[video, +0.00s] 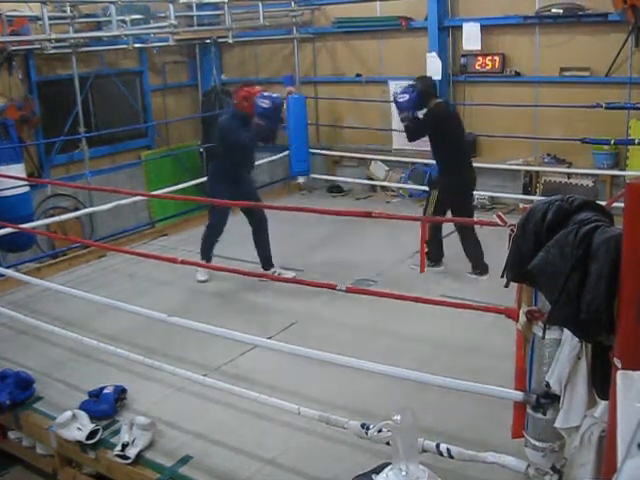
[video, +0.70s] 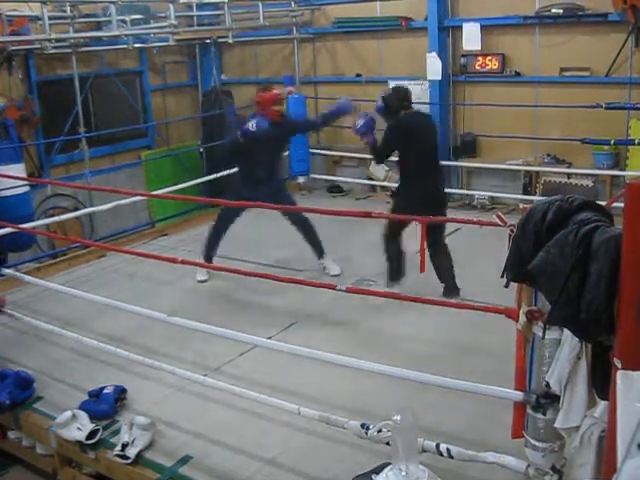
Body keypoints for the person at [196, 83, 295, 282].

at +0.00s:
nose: (256, 106)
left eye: (256, 102)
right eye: (252, 102)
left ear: (253, 104)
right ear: (242, 103)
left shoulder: (250, 121)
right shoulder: (227, 123)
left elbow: (268, 136)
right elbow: (245, 144)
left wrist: (279, 106)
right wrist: (256, 128)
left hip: (242, 179)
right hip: (221, 180)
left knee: (259, 220)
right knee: (216, 224)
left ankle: (268, 268)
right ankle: (204, 264)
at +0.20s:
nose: (243, 112)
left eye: (244, 107)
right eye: (239, 108)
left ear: (244, 107)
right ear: (228, 109)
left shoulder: (242, 123)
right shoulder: (212, 126)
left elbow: (255, 146)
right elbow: (218, 154)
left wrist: (263, 127)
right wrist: (238, 133)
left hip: (237, 180)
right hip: (213, 182)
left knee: (256, 219)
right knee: (208, 224)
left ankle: (269, 265)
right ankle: (203, 265)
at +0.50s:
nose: (247, 115)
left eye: (248, 111)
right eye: (243, 111)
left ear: (249, 112)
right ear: (232, 111)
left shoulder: (248, 125)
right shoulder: (216, 126)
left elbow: (265, 153)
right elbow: (215, 154)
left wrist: (265, 133)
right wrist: (236, 137)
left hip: (243, 183)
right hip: (219, 185)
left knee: (272, 215)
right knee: (211, 223)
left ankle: (282, 259)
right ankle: (202, 265)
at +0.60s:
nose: (256, 116)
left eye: (258, 113)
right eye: (253, 112)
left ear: (260, 113)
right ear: (243, 112)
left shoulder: (259, 131)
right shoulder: (226, 130)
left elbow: (282, 148)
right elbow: (217, 155)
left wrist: (289, 133)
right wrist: (236, 140)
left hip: (254, 186)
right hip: (229, 188)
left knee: (284, 218)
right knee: (214, 226)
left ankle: (308, 259)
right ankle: (202, 265)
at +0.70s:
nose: (280, 109)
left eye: (281, 104)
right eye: (275, 105)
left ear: (282, 106)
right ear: (264, 108)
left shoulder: (285, 125)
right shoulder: (251, 129)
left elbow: (316, 124)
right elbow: (228, 153)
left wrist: (340, 110)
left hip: (272, 187)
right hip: (246, 187)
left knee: (299, 219)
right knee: (222, 223)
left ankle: (324, 259)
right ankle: (205, 264)